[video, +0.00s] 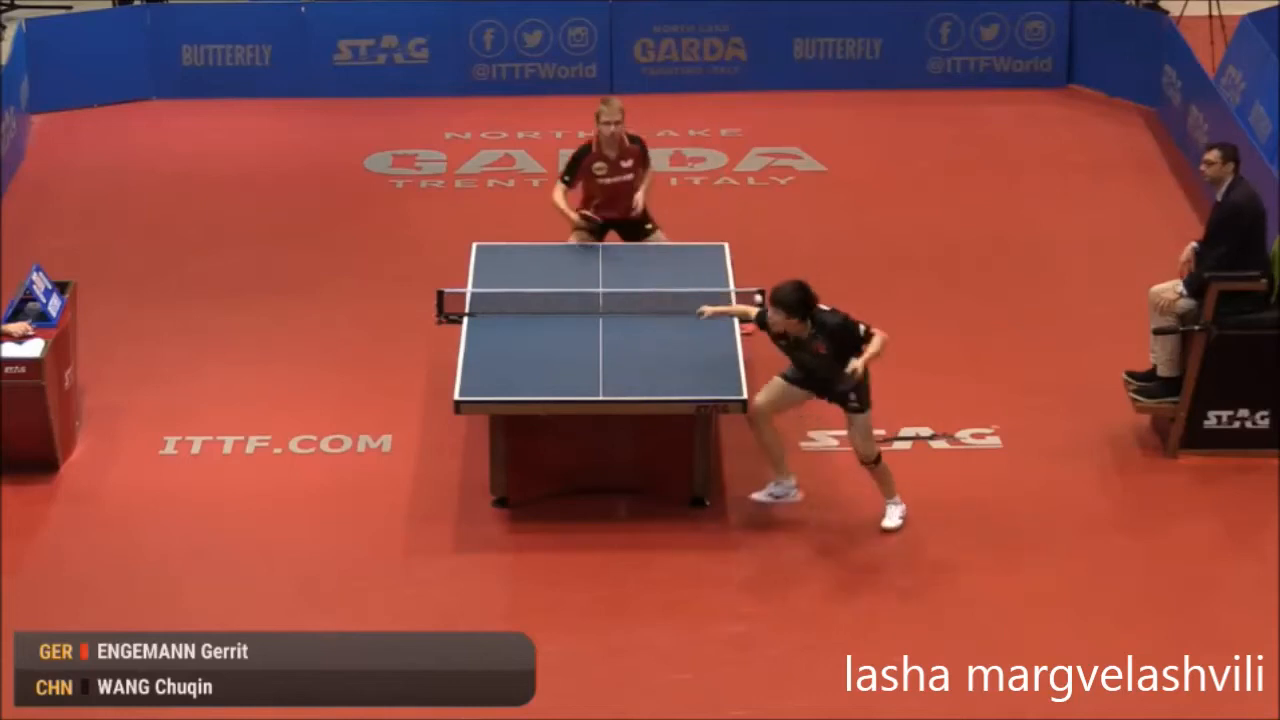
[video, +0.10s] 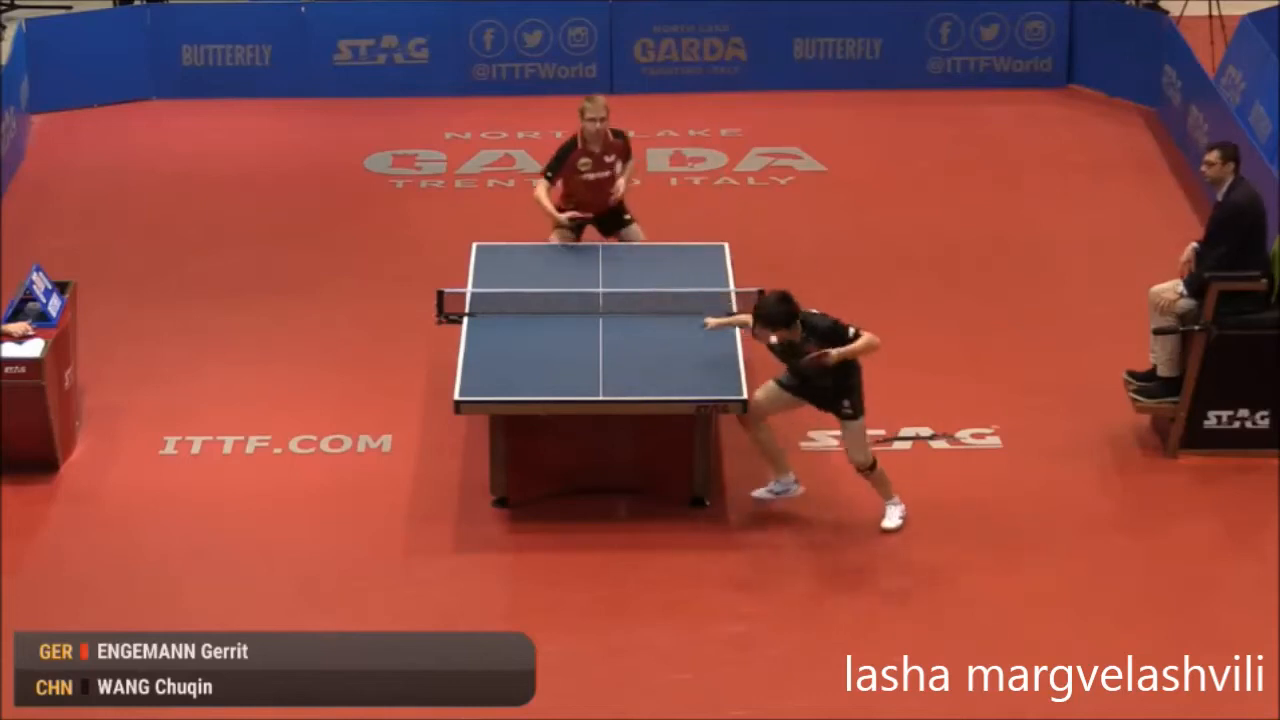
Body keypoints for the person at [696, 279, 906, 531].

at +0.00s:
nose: (770, 320)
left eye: (776, 316)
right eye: (770, 314)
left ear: (795, 319)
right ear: (772, 311)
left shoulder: (833, 323)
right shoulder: (773, 321)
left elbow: (879, 336)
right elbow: (745, 312)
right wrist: (716, 310)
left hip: (847, 380)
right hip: (807, 375)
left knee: (865, 451)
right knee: (758, 409)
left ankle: (893, 503)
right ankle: (784, 483)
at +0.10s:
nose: (762, 336)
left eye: (767, 332)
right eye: (760, 330)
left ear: (786, 328)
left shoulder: (822, 327)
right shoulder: (771, 327)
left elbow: (872, 342)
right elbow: (747, 320)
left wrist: (839, 353)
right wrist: (721, 322)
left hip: (841, 385)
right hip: (802, 379)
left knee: (860, 460)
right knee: (750, 412)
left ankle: (893, 503)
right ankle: (785, 480)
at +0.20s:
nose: (730, 340)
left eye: (731, 335)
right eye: (728, 335)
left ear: (746, 331)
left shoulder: (792, 328)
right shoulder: (754, 334)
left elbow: (835, 347)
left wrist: (792, 365)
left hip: (827, 386)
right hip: (794, 384)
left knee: (847, 465)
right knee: (745, 421)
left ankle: (891, 501)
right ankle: (768, 492)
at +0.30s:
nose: (710, 329)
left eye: (711, 323)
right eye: (708, 323)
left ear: (726, 320)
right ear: (731, 313)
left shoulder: (767, 328)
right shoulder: (748, 324)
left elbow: (798, 354)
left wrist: (749, 358)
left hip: (816, 387)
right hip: (786, 383)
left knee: (823, 470)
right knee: (741, 424)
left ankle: (886, 494)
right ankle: (769, 492)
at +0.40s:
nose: (695, 303)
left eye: (695, 297)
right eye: (693, 297)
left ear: (704, 299)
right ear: (724, 286)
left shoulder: (736, 315)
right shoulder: (746, 297)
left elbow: (749, 343)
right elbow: (785, 307)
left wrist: (701, 333)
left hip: (795, 388)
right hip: (777, 382)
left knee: (771, 471)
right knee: (743, 422)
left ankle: (850, 484)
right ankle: (769, 493)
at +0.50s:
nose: (688, 285)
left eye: (688, 279)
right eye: (687, 278)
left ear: (696, 281)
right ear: (719, 270)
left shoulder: (722, 304)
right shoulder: (744, 285)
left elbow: (726, 337)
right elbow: (781, 297)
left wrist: (681, 323)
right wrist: (797, 303)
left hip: (773, 381)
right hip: (786, 367)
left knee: (739, 458)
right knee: (756, 430)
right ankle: (767, 493)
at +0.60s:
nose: (685, 271)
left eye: (686, 267)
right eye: (687, 265)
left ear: (692, 271)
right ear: (721, 261)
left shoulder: (704, 300)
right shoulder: (746, 279)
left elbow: (690, 343)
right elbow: (784, 307)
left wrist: (649, 327)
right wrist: (800, 316)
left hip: (743, 388)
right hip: (775, 379)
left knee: (694, 455)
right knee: (763, 437)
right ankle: (774, 503)